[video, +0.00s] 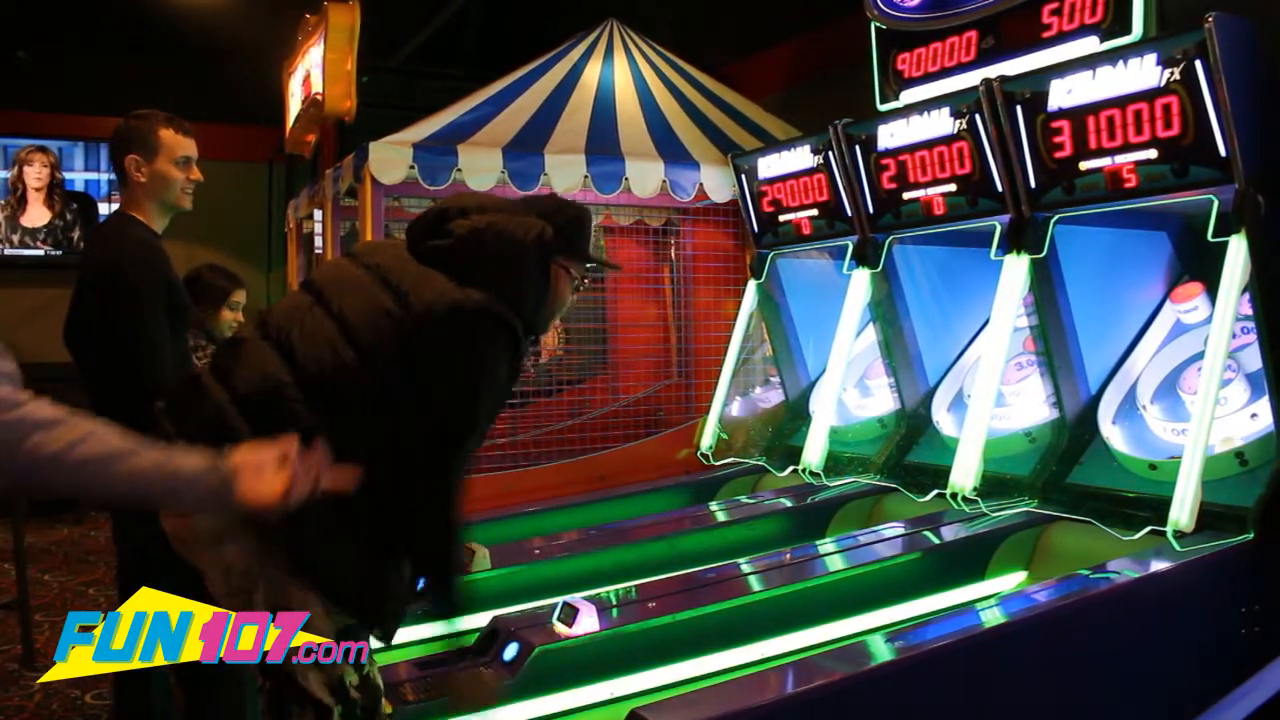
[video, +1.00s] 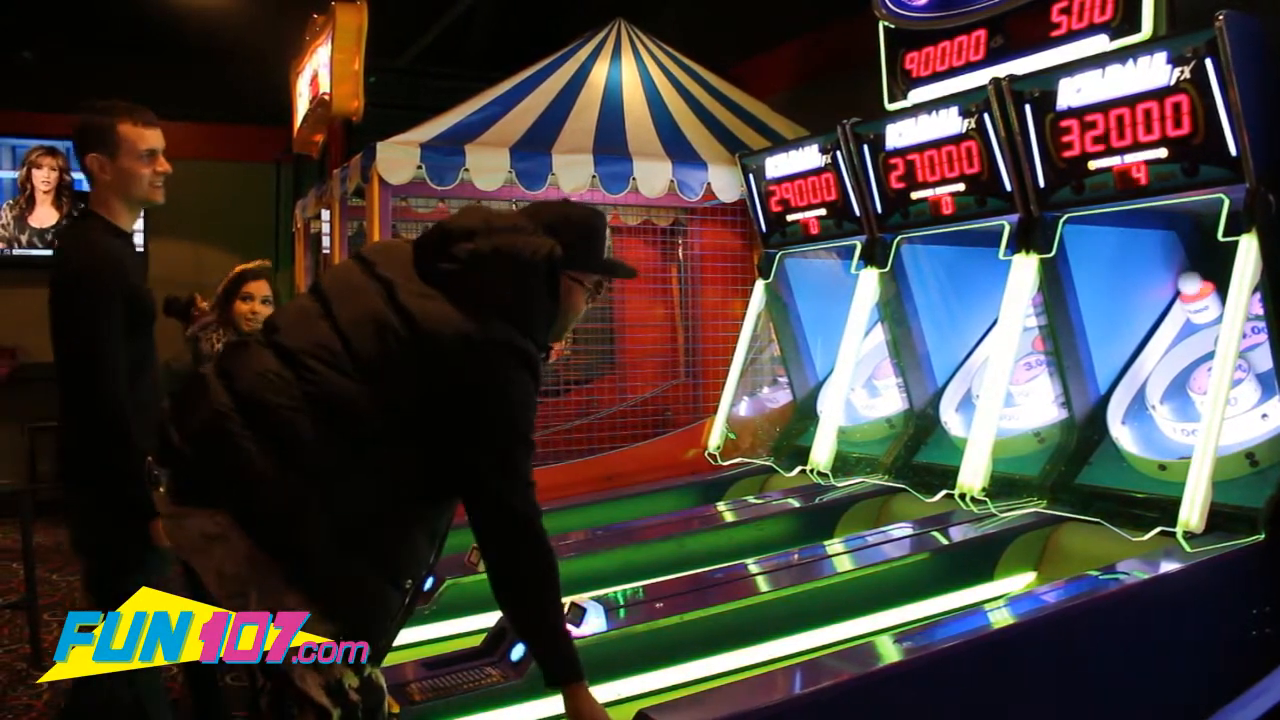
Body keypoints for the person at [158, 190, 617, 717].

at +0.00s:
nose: (574, 294)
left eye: (578, 279)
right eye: (573, 277)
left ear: (494, 245)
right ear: (546, 267)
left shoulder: (389, 260)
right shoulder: (481, 323)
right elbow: (429, 471)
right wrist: (444, 578)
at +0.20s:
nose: (576, 291)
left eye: (580, 276)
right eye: (575, 273)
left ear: (487, 245)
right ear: (538, 260)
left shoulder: (386, 264)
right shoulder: (497, 327)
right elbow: (564, 473)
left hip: (204, 491)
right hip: (278, 532)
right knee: (341, 699)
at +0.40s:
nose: (576, 291)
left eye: (581, 276)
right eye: (576, 273)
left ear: (482, 240)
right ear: (539, 260)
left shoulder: (372, 262)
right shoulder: (495, 323)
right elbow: (561, 480)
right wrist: (673, 507)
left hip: (197, 495)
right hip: (278, 541)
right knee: (341, 697)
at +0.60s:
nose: (580, 298)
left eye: (585, 282)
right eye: (578, 279)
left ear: (499, 247)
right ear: (540, 268)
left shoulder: (386, 262)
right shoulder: (494, 333)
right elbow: (499, 501)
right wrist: (578, 634)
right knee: (334, 698)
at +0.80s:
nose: (587, 299)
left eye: (591, 284)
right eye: (583, 281)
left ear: (507, 252)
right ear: (545, 269)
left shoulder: (394, 259)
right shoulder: (490, 337)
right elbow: (490, 516)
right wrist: (555, 675)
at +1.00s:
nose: (588, 307)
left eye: (593, 291)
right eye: (584, 288)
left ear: (515, 261)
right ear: (547, 278)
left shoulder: (398, 261)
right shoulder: (494, 352)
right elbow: (511, 530)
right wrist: (571, 682)